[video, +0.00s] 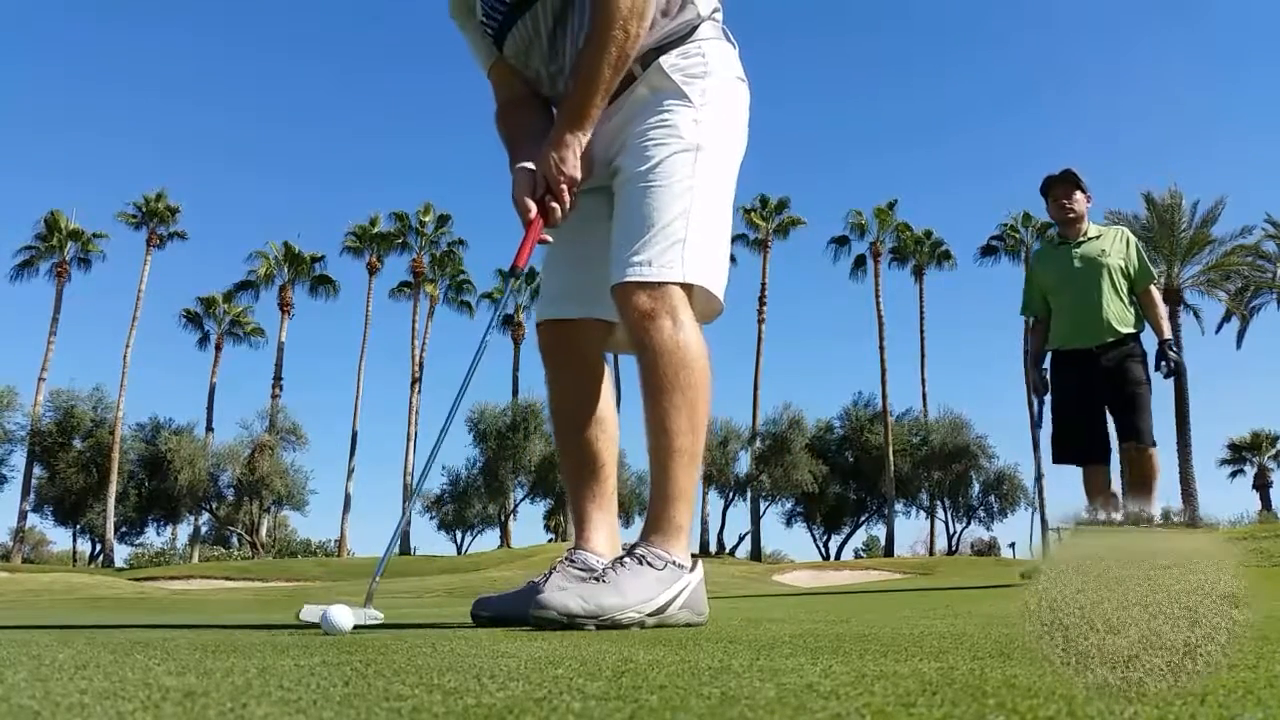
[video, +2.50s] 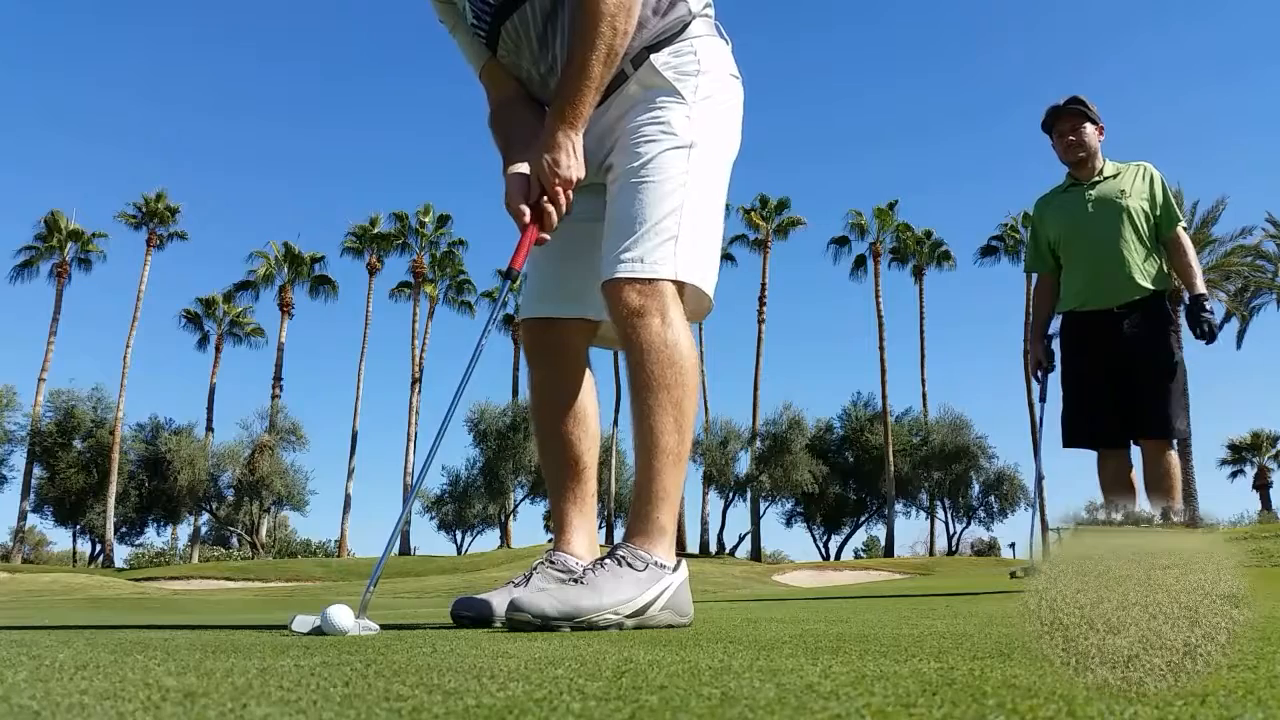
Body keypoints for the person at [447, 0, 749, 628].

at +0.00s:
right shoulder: (467, 6)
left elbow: (629, 7)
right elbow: (512, 89)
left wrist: (570, 127)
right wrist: (526, 157)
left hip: (672, 67)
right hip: (573, 112)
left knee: (651, 293)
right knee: (565, 325)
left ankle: (670, 560)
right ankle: (594, 560)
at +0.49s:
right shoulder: (449, 8)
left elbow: (614, 5)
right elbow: (502, 101)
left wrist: (561, 127)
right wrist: (514, 162)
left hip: (661, 63)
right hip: (567, 116)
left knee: (650, 291)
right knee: (555, 325)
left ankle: (670, 559)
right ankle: (593, 559)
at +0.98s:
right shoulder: (457, 6)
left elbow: (619, 7)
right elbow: (506, 90)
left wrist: (562, 128)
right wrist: (521, 158)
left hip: (667, 57)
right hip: (571, 104)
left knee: (632, 286)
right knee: (554, 322)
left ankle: (656, 561)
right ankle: (593, 558)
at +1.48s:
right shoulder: (457, 5)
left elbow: (619, 5)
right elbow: (506, 87)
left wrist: (564, 122)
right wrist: (518, 157)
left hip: (665, 57)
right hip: (570, 105)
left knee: (635, 288)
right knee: (546, 323)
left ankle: (656, 561)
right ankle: (575, 560)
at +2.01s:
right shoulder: (452, 6)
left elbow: (613, 5)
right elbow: (506, 92)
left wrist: (565, 121)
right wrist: (518, 160)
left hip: (664, 61)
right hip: (567, 107)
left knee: (645, 289)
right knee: (543, 323)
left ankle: (653, 562)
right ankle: (575, 560)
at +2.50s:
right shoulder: (453, 6)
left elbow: (615, 5)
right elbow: (505, 91)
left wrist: (564, 126)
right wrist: (519, 159)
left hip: (665, 62)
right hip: (570, 110)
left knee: (642, 287)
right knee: (546, 323)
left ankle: (654, 562)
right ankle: (575, 561)